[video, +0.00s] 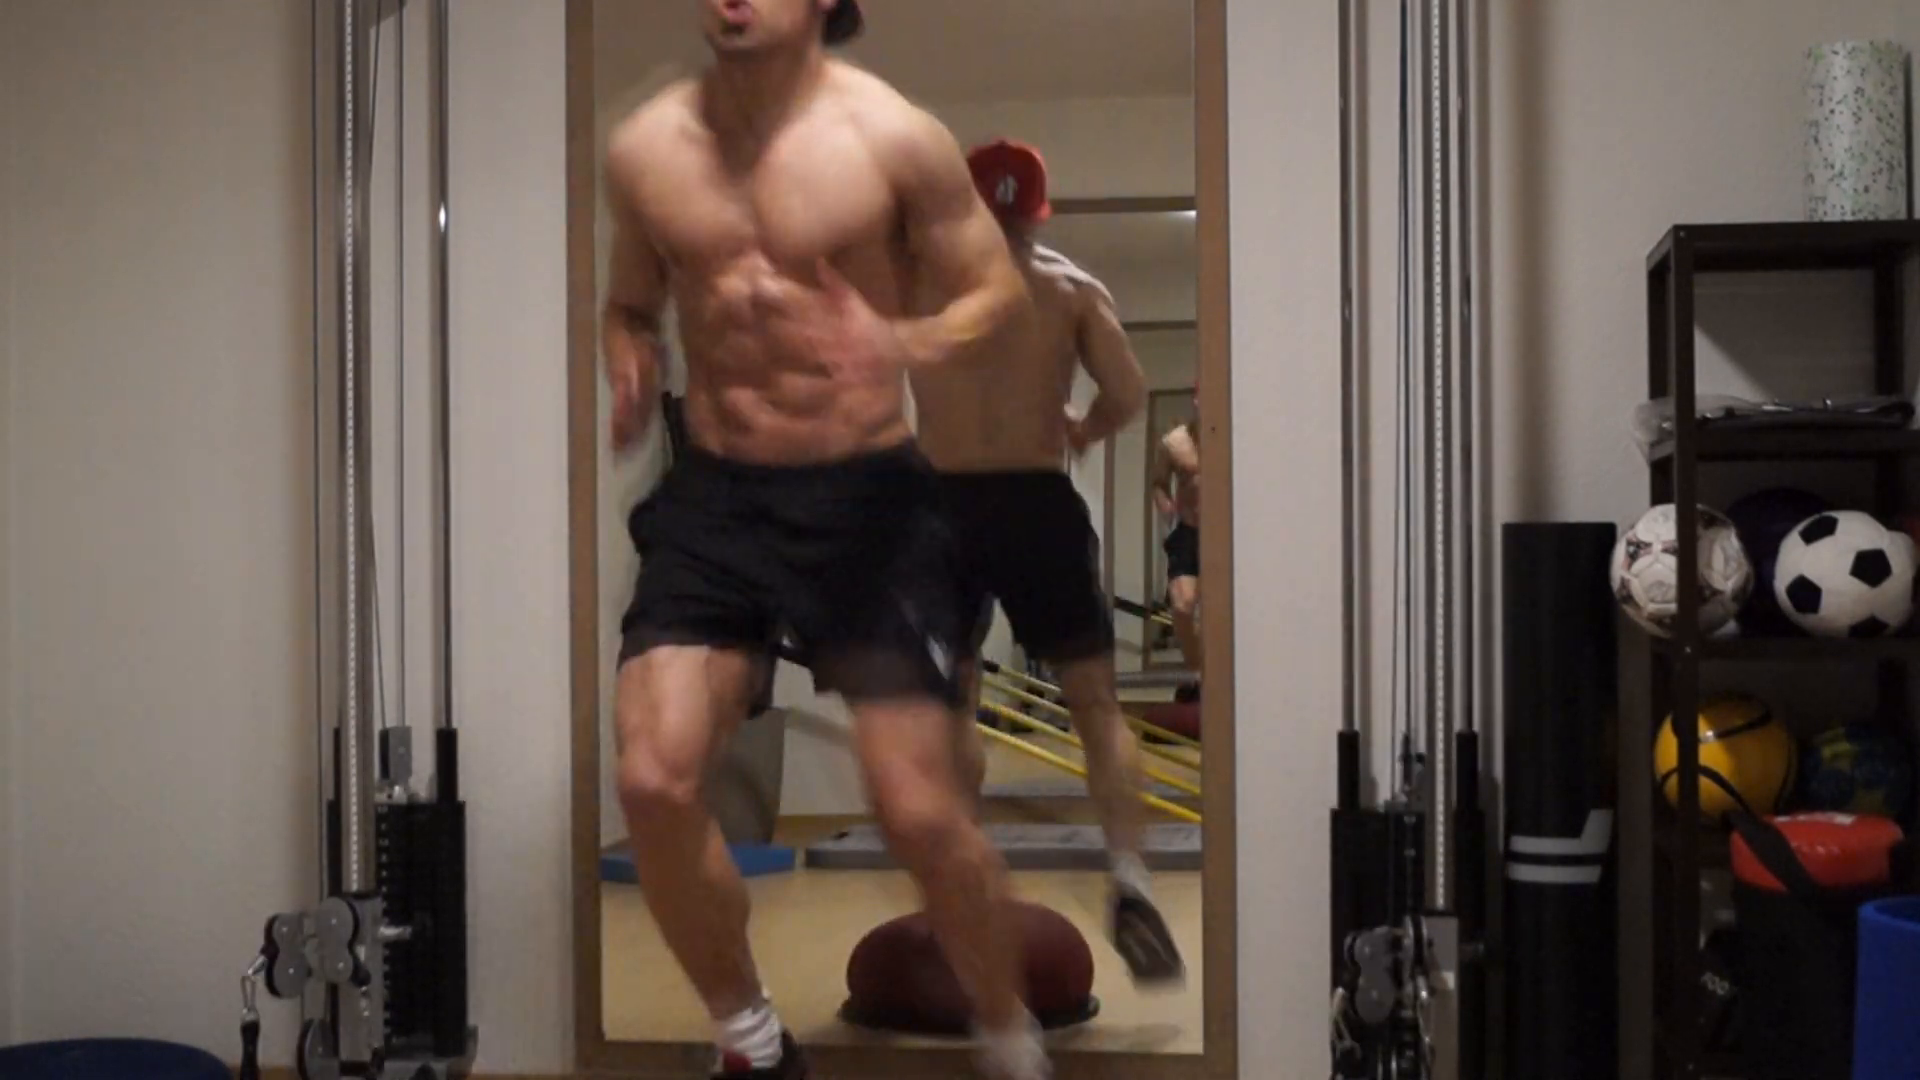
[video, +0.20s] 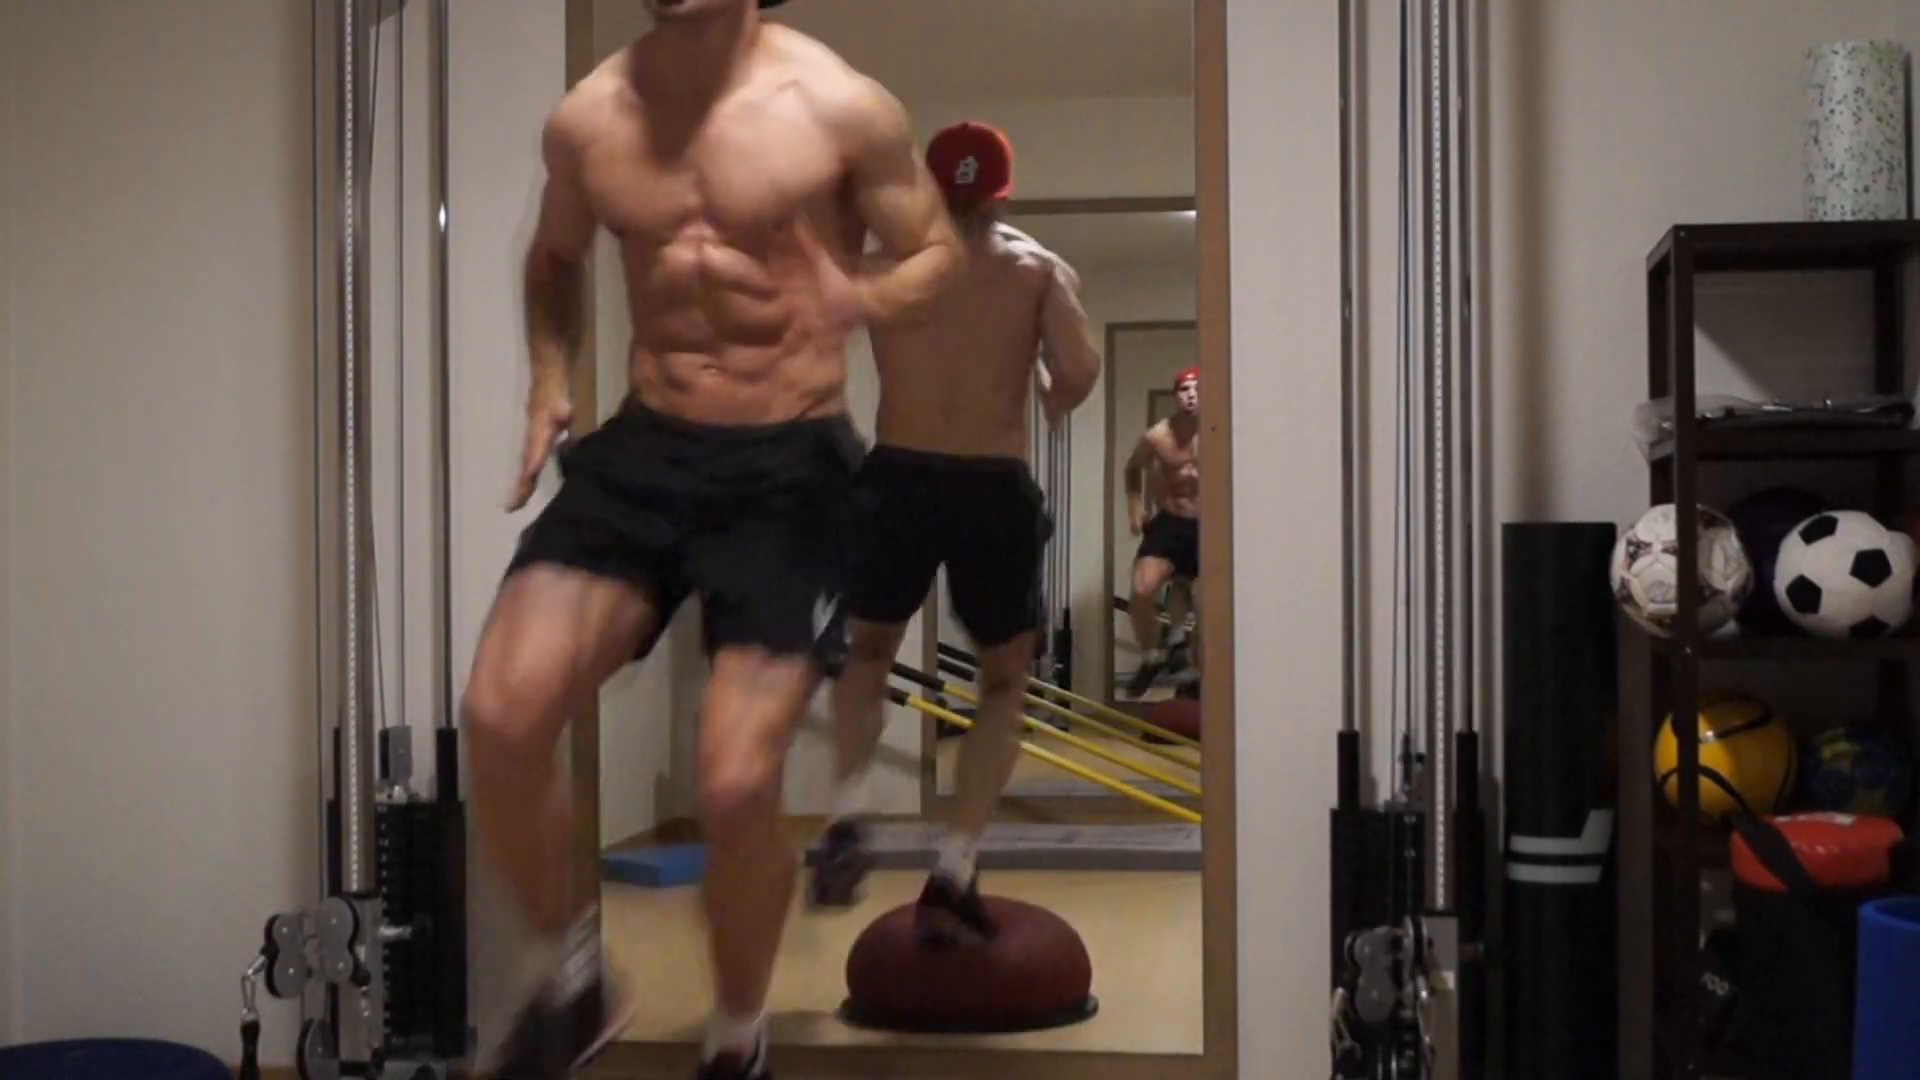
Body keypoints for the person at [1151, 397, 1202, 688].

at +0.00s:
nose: (1201, 403)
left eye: (1207, 395)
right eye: (1199, 395)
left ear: (1219, 401)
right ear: (1194, 400)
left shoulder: (1227, 441)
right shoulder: (1176, 442)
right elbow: (1159, 482)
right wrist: (1166, 503)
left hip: (1221, 531)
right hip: (1188, 530)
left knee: (1220, 606)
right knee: (1183, 603)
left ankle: (1216, 677)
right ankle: (1193, 671)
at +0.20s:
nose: (1190, 396)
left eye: (1196, 389)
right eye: (1184, 390)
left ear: (1205, 395)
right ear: (1176, 396)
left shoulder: (1213, 435)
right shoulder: (1157, 437)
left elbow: (1228, 475)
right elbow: (1133, 470)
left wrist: (1222, 511)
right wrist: (1135, 509)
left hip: (1207, 524)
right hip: (1169, 522)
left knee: (1215, 603)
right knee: (1141, 591)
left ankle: (1206, 673)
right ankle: (1150, 658)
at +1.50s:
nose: (1168, 410)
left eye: (1175, 405)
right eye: (1161, 404)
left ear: (1187, 412)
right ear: (1151, 410)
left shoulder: (1198, 448)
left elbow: (1214, 491)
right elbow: (1102, 489)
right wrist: (1108, 538)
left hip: (1184, 540)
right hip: (1140, 541)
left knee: (1188, 589)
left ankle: (1203, 660)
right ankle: (1120, 705)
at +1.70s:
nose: (1203, 405)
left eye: (1207, 399)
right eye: (1200, 399)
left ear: (1213, 407)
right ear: (1192, 405)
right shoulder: (1173, 438)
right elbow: (1142, 412)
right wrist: (1160, 361)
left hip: (1212, 540)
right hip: (1181, 538)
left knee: (1206, 626)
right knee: (1172, 626)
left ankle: (1198, 698)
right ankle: (1166, 706)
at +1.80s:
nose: (1189, 403)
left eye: (1190, 393)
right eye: (1186, 395)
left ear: (1200, 396)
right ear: (1185, 399)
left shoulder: (1221, 438)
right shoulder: (1179, 439)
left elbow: (1149, 451)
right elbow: (1148, 453)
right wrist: (1157, 408)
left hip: (1210, 540)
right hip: (1185, 538)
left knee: (1205, 626)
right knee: (1172, 627)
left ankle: (1197, 694)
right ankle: (1167, 705)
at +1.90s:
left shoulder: (1222, 448)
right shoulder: (1181, 457)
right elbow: (1152, 486)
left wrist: (1180, 459)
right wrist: (1161, 446)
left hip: (1212, 545)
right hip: (1186, 544)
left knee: (1201, 625)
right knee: (1171, 623)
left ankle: (1193, 692)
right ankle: (1167, 705)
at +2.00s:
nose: (1204, 434)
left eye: (1210, 427)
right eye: (1200, 426)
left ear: (1219, 431)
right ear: (1193, 430)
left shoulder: (1225, 469)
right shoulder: (1175, 471)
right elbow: (1166, 523)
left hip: (1215, 558)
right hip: (1186, 557)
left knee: (1197, 625)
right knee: (1165, 619)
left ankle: (1192, 685)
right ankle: (1168, 707)